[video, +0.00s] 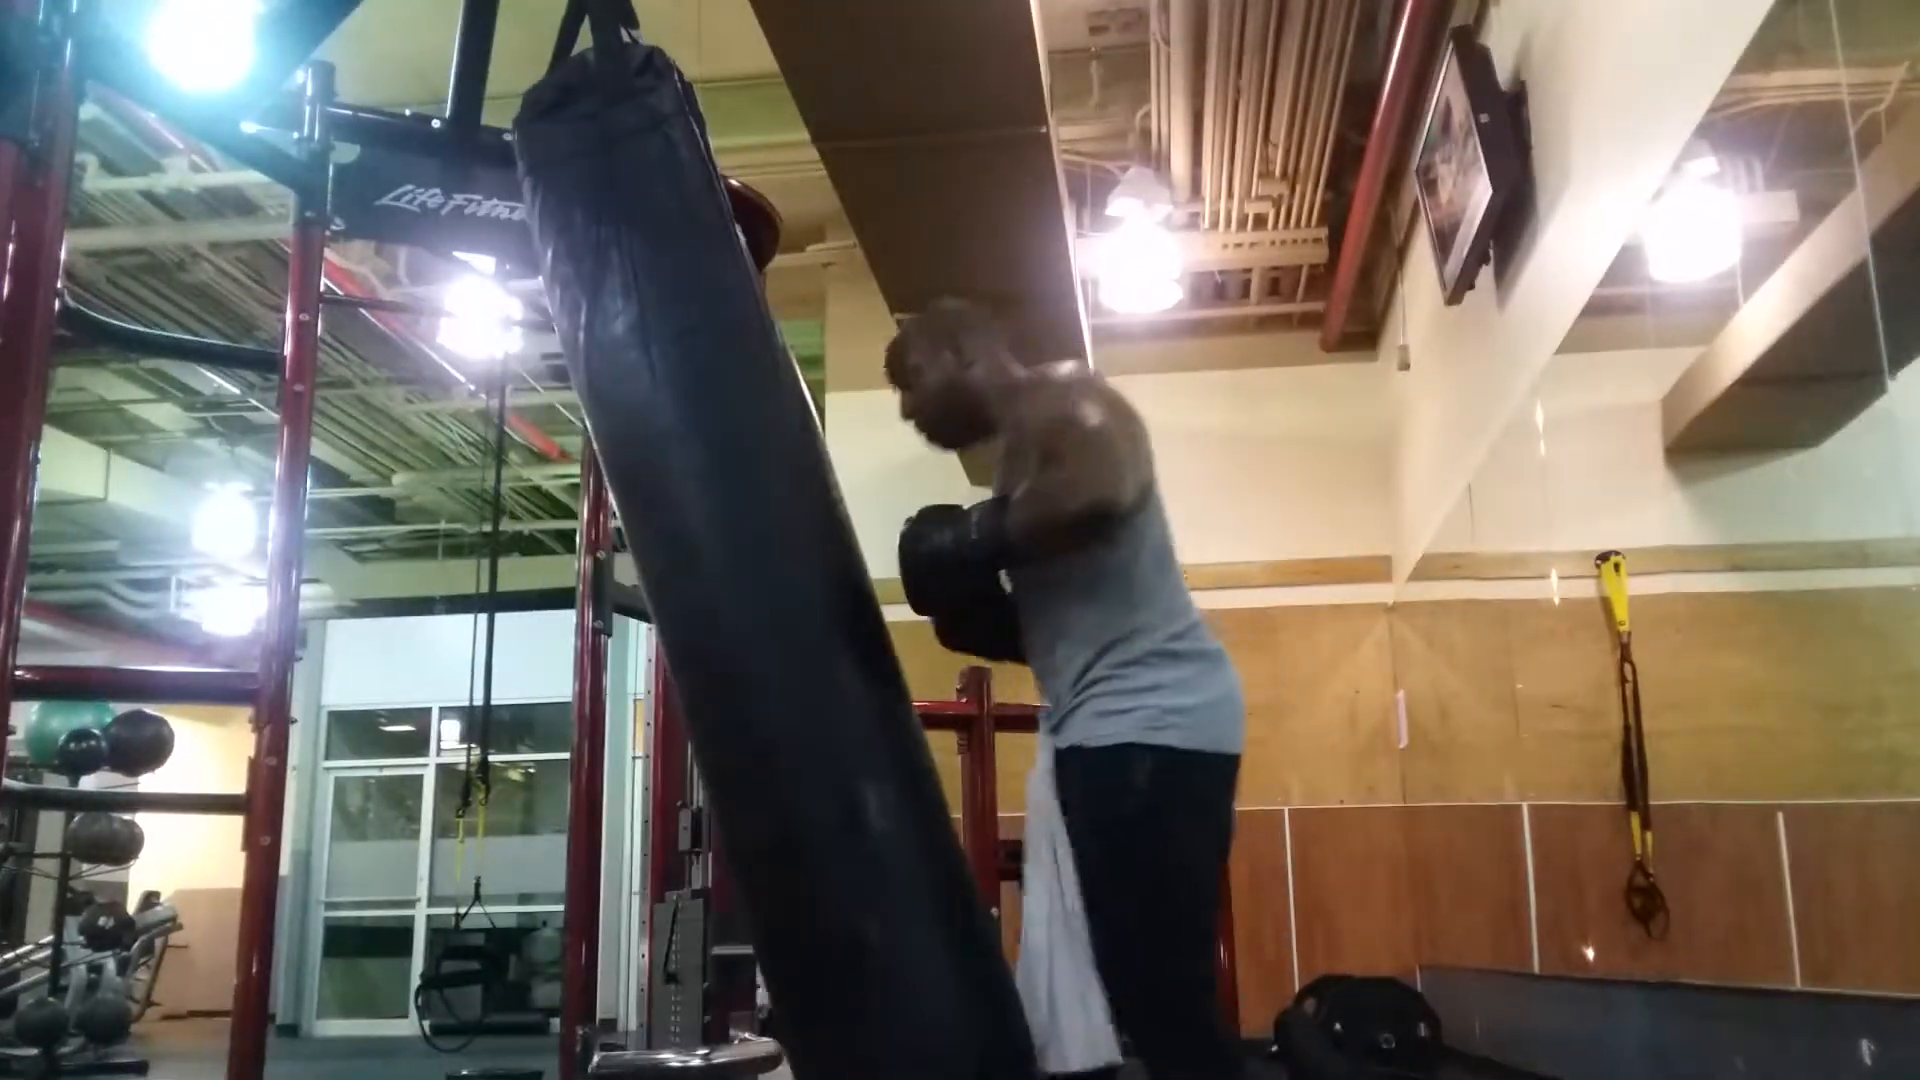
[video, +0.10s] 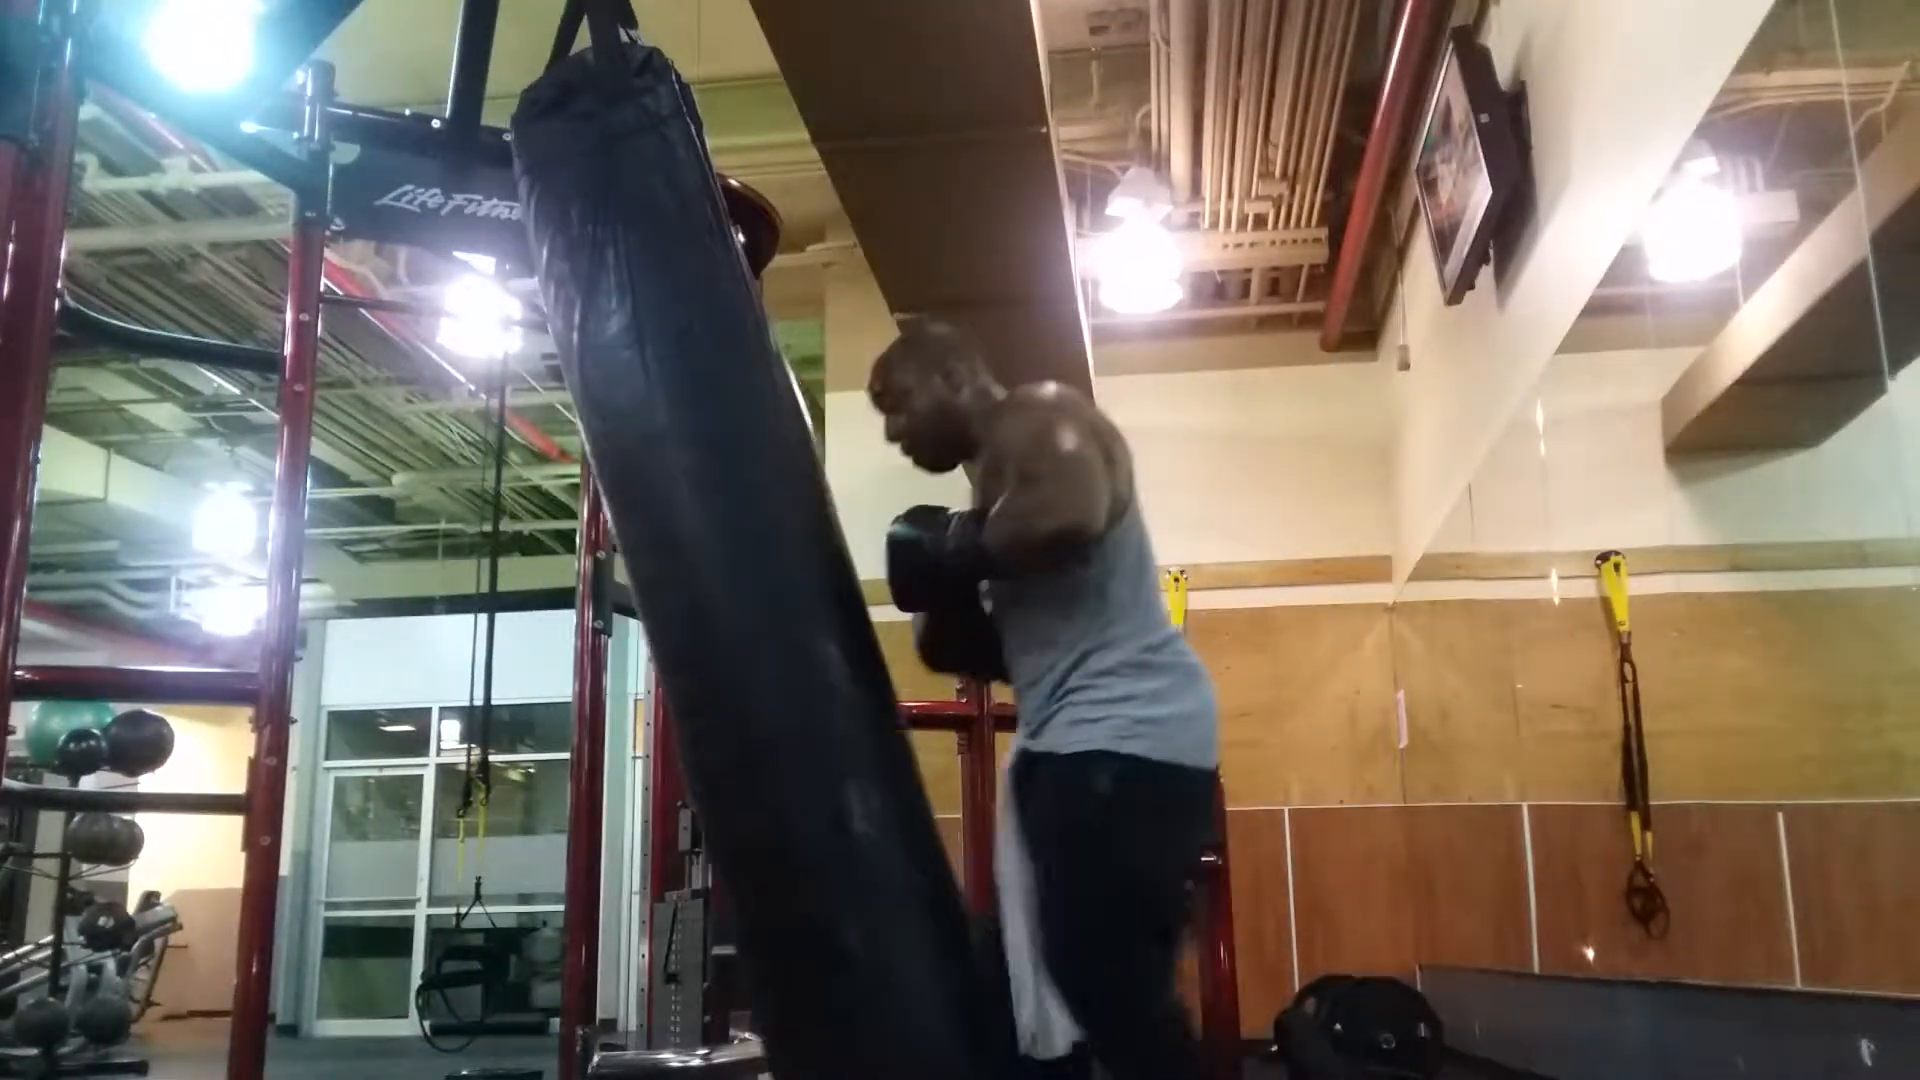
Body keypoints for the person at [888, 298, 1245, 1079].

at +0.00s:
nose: (906, 409)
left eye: (906, 379)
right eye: (898, 389)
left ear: (962, 354)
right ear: (965, 360)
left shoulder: (1059, 397)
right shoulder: (1021, 456)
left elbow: (1099, 485)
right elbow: (1070, 634)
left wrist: (965, 533)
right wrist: (960, 611)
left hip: (1148, 724)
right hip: (1103, 731)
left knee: (1166, 1018)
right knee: (1152, 1017)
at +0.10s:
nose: (894, 434)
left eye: (896, 410)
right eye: (887, 418)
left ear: (952, 379)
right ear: (953, 386)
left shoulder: (1036, 414)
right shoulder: (998, 473)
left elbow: (1070, 515)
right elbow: (1061, 646)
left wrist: (951, 541)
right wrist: (963, 637)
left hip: (1118, 735)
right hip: (1077, 738)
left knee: (1116, 999)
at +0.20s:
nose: (882, 438)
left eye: (885, 413)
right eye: (876, 420)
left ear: (940, 386)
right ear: (943, 393)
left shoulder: (1031, 422)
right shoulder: (991, 485)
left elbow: (1053, 547)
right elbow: (1042, 650)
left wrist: (937, 551)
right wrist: (937, 650)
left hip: (1105, 713)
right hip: (1057, 718)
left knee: (1032, 953)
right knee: (1005, 953)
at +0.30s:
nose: (872, 427)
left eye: (874, 402)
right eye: (864, 410)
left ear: (929, 374)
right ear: (932, 381)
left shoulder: (1032, 421)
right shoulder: (985, 474)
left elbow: (1047, 557)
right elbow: (1029, 659)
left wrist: (925, 540)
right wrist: (906, 656)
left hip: (1092, 712)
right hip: (1055, 716)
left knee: (1014, 951)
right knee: (1007, 952)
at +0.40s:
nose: (861, 411)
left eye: (867, 385)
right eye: (854, 393)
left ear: (926, 360)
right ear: (926, 368)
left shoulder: (1037, 416)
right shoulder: (962, 489)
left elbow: (1041, 566)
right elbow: (977, 653)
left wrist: (928, 535)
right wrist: (847, 646)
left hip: (1083, 724)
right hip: (1028, 730)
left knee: (1019, 1003)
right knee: (1005, 1002)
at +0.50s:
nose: (850, 406)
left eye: (854, 380)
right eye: (844, 387)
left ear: (917, 358)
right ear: (916, 365)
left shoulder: (1035, 420)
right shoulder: (944, 487)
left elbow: (1031, 587)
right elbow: (910, 649)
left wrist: (921, 540)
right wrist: (787, 646)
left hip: (1071, 729)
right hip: (1014, 733)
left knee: (1005, 1002)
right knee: (993, 999)